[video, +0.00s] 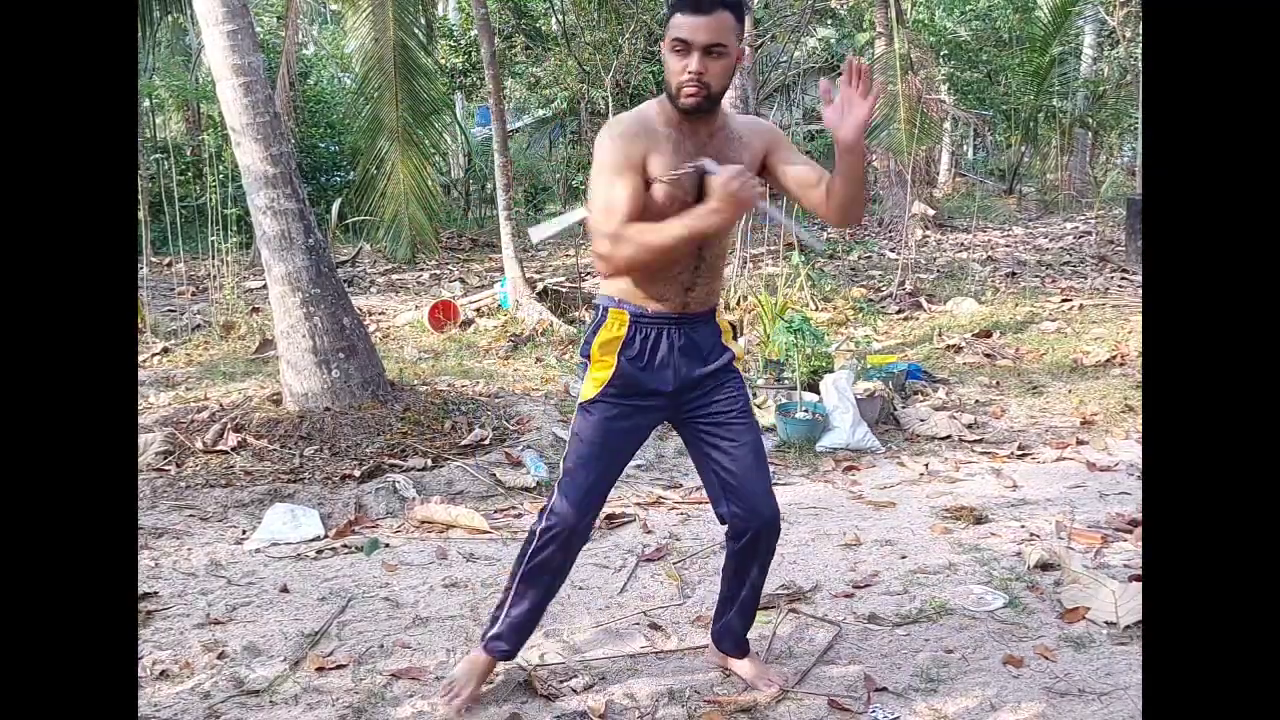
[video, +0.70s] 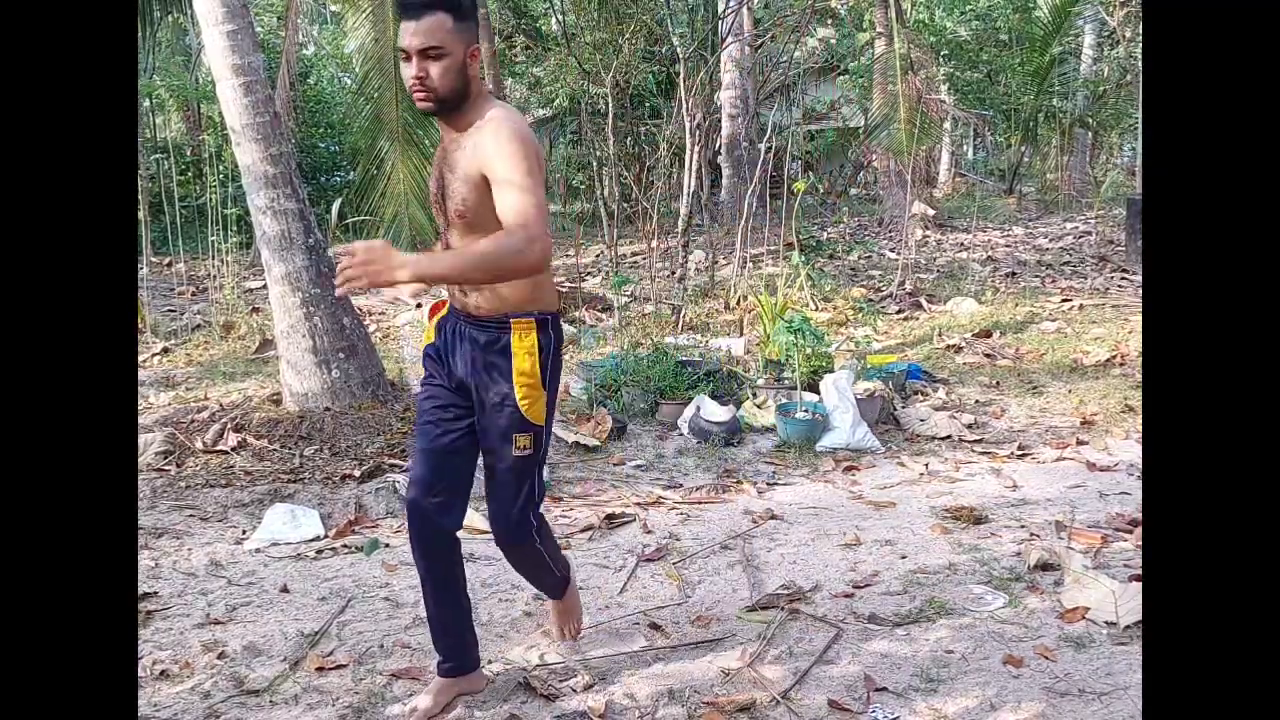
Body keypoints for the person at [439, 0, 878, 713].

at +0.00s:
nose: (694, 69)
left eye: (714, 53)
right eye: (681, 49)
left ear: (740, 55)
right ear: (662, 50)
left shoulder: (758, 137)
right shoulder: (625, 135)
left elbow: (842, 212)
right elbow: (611, 253)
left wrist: (849, 145)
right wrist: (712, 218)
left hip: (706, 347)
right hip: (625, 345)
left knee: (757, 516)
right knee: (568, 513)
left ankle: (730, 640)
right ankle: (490, 654)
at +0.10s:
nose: (667, 77)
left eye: (687, 64)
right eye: (656, 60)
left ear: (714, 73)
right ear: (640, 64)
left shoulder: (727, 142)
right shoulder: (622, 153)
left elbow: (833, 176)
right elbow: (657, 273)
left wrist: (837, 98)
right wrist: (734, 215)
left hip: (686, 358)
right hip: (609, 357)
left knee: (760, 512)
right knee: (545, 518)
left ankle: (731, 645)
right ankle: (463, 659)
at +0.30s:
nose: (534, 46)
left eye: (553, 33)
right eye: (530, 30)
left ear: (596, 42)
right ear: (524, 35)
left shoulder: (642, 128)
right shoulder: (498, 110)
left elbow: (731, 191)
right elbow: (414, 136)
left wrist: (753, 185)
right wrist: (365, 124)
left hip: (601, 332)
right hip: (518, 330)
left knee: (660, 489)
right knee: (478, 502)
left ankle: (683, 605)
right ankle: (454, 669)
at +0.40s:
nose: (502, 36)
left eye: (520, 23)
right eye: (498, 22)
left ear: (567, 31)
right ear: (491, 27)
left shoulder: (611, 122)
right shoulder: (478, 107)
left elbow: (687, 187)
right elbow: (384, 143)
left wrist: (732, 231)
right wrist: (294, 147)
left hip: (571, 330)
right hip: (491, 324)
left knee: (583, 490)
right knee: (465, 499)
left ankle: (587, 574)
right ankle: (456, 669)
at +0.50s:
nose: (451, 57)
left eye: (469, 42)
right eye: (446, 41)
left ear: (514, 49)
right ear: (446, 47)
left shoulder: (554, 135)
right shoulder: (473, 116)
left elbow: (649, 223)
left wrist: (674, 296)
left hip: (524, 342)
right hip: (454, 329)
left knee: (520, 499)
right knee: (430, 500)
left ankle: (530, 590)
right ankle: (453, 669)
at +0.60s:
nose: (434, 70)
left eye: (451, 53)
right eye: (426, 53)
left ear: (495, 53)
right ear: (420, 54)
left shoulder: (527, 137)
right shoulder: (469, 127)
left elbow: (599, 245)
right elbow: (495, 234)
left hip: (511, 350)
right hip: (446, 336)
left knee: (521, 506)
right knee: (419, 505)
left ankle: (545, 594)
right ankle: (458, 670)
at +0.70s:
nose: (417, 72)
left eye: (433, 55)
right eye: (408, 57)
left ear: (475, 55)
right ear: (402, 60)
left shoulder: (502, 132)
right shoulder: (458, 133)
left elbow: (533, 246)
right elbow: (481, 239)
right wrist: (434, 286)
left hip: (518, 344)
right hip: (455, 339)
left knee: (512, 522)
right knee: (427, 508)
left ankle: (562, 591)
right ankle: (458, 669)